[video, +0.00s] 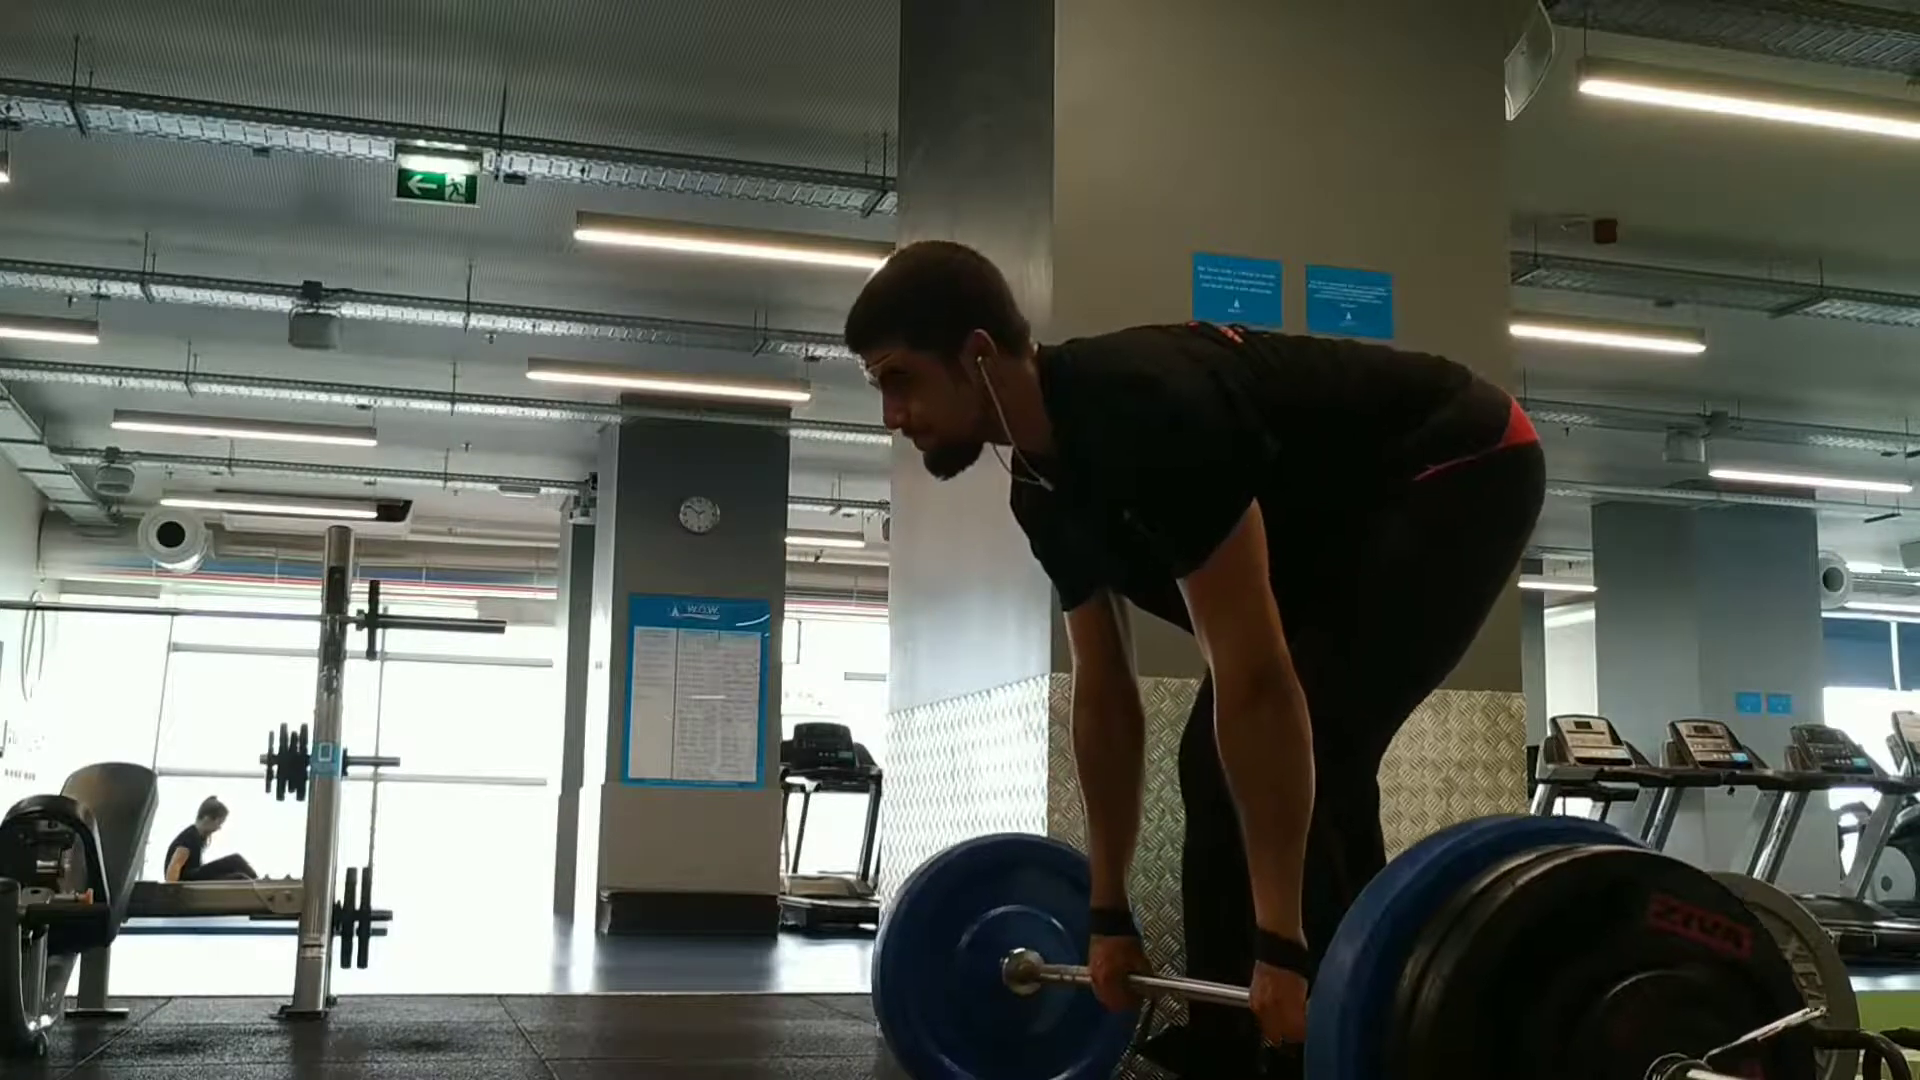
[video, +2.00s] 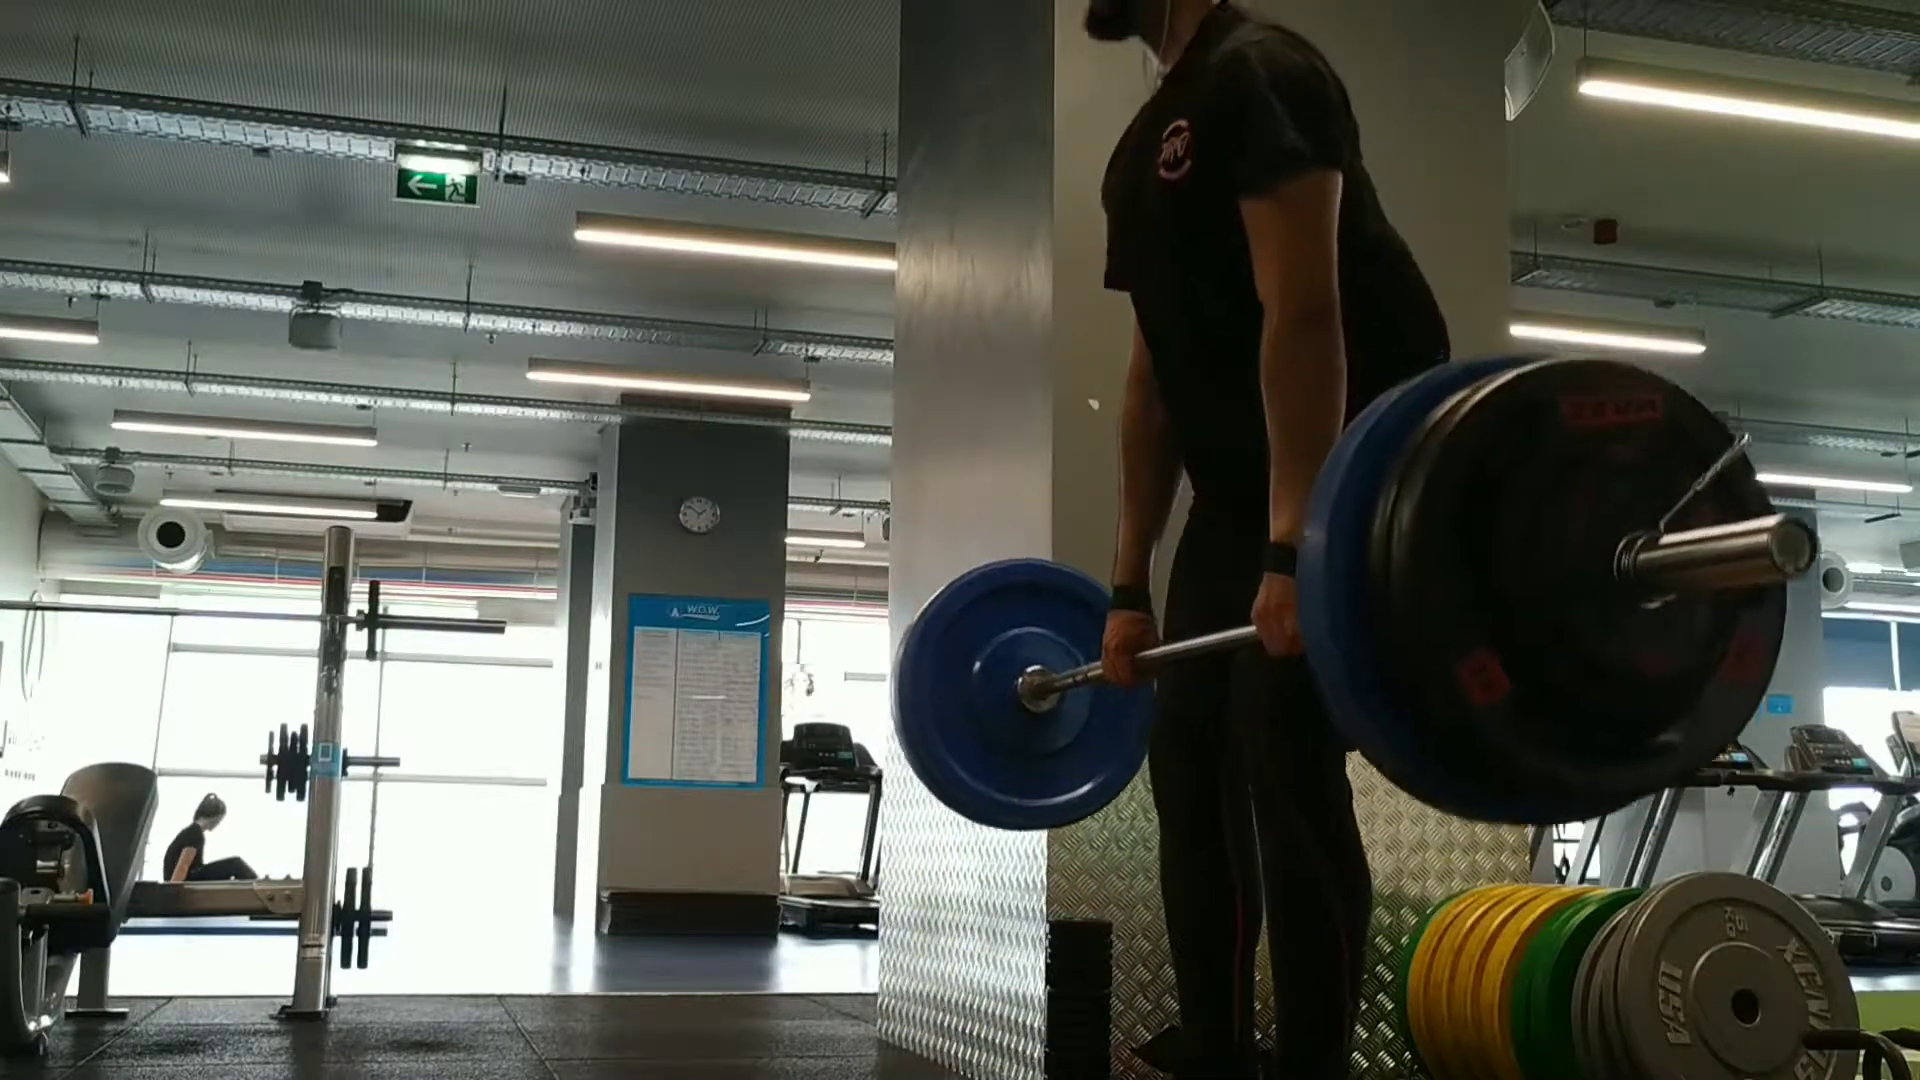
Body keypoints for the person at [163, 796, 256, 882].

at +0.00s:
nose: (219, 827)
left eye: (221, 823)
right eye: (219, 822)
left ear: (207, 819)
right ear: (207, 818)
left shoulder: (198, 837)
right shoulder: (191, 836)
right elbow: (174, 867)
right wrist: (170, 893)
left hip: (193, 877)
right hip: (185, 879)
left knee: (238, 877)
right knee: (235, 860)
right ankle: (259, 885)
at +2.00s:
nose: (219, 822)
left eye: (221, 819)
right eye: (220, 818)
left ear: (202, 812)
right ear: (214, 817)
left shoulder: (193, 832)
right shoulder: (195, 833)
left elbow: (182, 866)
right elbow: (182, 866)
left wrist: (171, 891)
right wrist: (172, 891)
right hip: (187, 881)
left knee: (234, 863)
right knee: (235, 863)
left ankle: (258, 886)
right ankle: (259, 888)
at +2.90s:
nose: (218, 821)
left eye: (219, 817)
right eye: (216, 816)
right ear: (202, 813)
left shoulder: (196, 834)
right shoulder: (192, 835)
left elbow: (192, 868)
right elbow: (190, 868)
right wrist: (197, 893)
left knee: (236, 861)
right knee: (241, 872)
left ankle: (263, 886)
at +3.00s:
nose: (219, 821)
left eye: (220, 817)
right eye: (216, 816)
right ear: (202, 813)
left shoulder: (197, 835)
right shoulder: (193, 837)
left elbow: (196, 874)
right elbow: (195, 876)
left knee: (236, 861)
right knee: (241, 872)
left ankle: (262, 886)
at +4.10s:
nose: (213, 823)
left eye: (218, 820)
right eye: (211, 817)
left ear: (222, 822)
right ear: (203, 814)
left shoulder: (209, 841)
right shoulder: (191, 837)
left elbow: (203, 867)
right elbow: (165, 866)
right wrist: (165, 890)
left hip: (203, 877)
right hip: (190, 883)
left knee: (236, 862)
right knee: (241, 872)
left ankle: (260, 885)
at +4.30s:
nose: (211, 823)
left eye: (215, 820)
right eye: (207, 817)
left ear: (219, 822)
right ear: (200, 815)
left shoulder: (209, 841)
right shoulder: (187, 837)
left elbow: (204, 866)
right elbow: (166, 866)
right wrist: (158, 886)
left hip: (203, 877)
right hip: (188, 882)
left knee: (236, 862)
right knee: (240, 872)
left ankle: (260, 885)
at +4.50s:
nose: (211, 822)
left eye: (215, 819)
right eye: (207, 817)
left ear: (218, 821)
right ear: (199, 814)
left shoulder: (206, 839)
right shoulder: (186, 837)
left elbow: (200, 862)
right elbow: (171, 863)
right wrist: (156, 885)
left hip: (202, 877)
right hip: (189, 882)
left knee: (236, 862)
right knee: (242, 872)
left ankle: (259, 884)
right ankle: (261, 888)